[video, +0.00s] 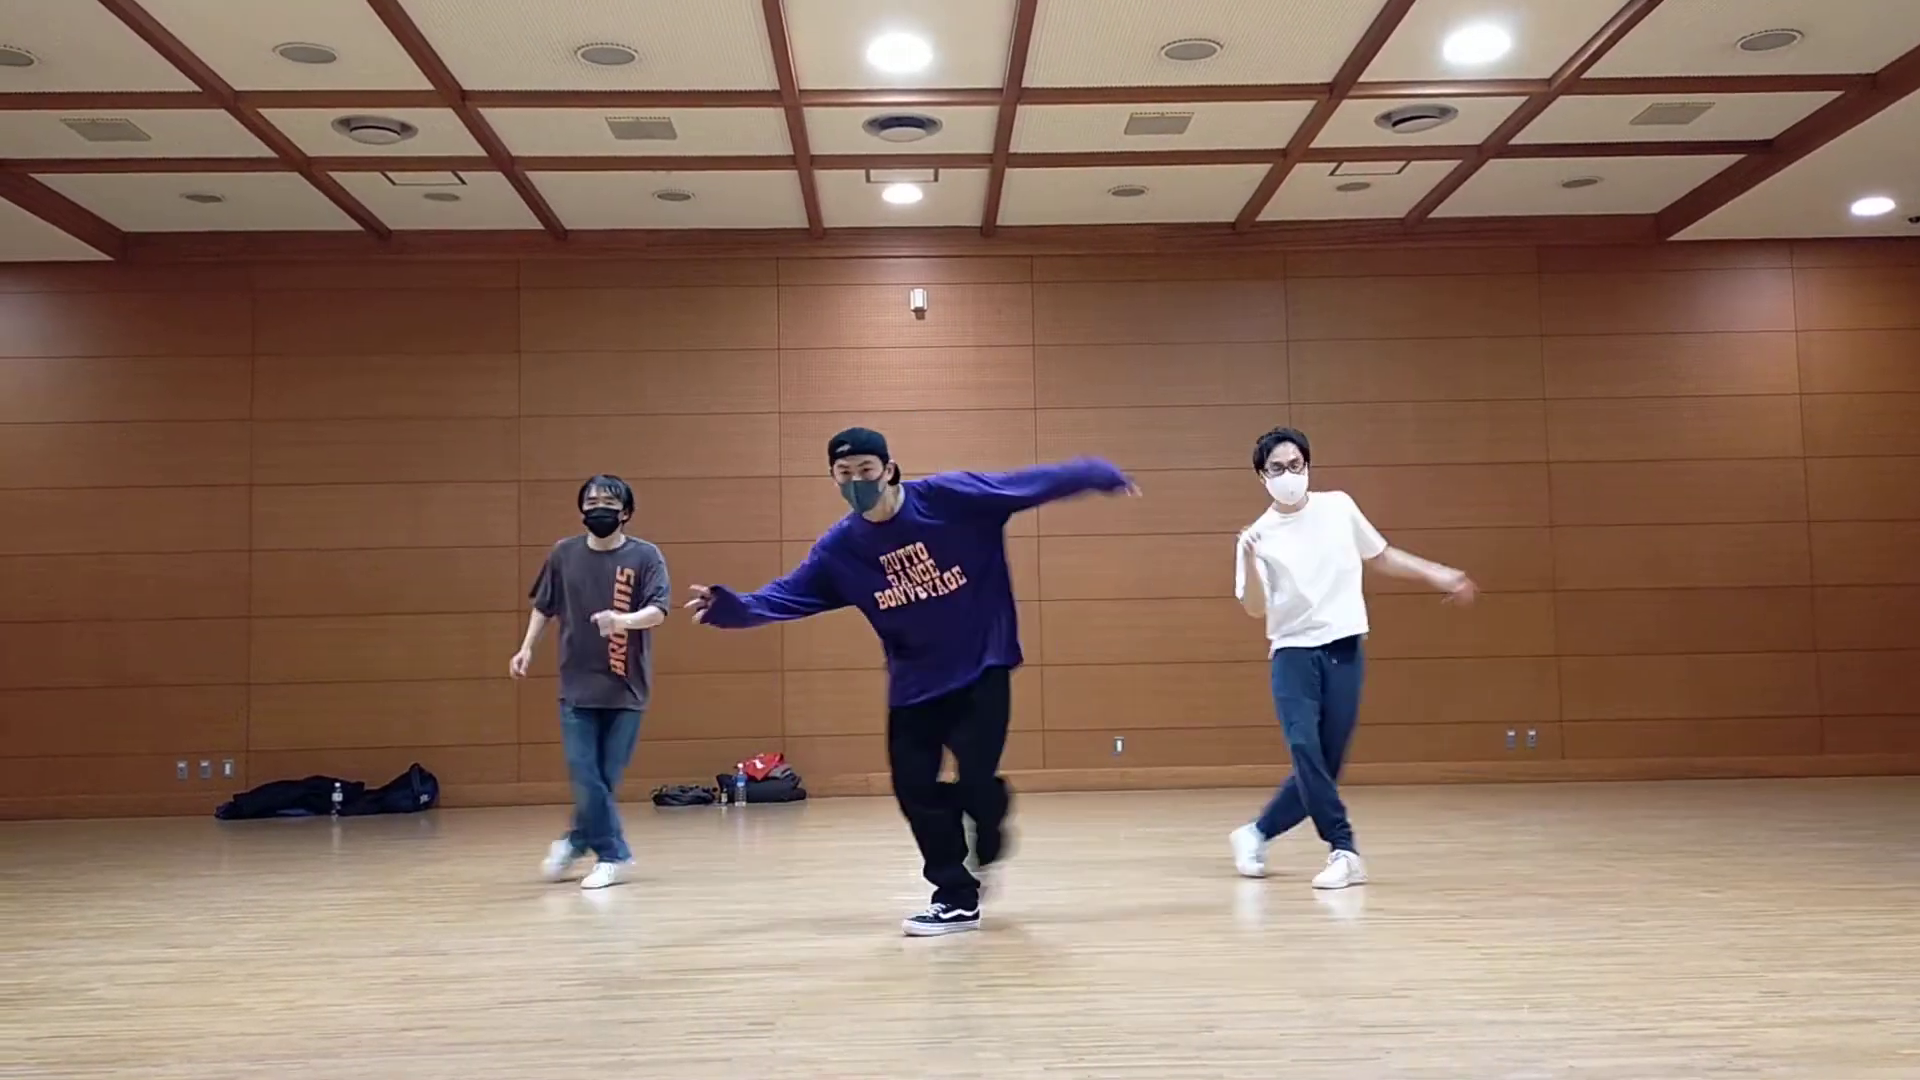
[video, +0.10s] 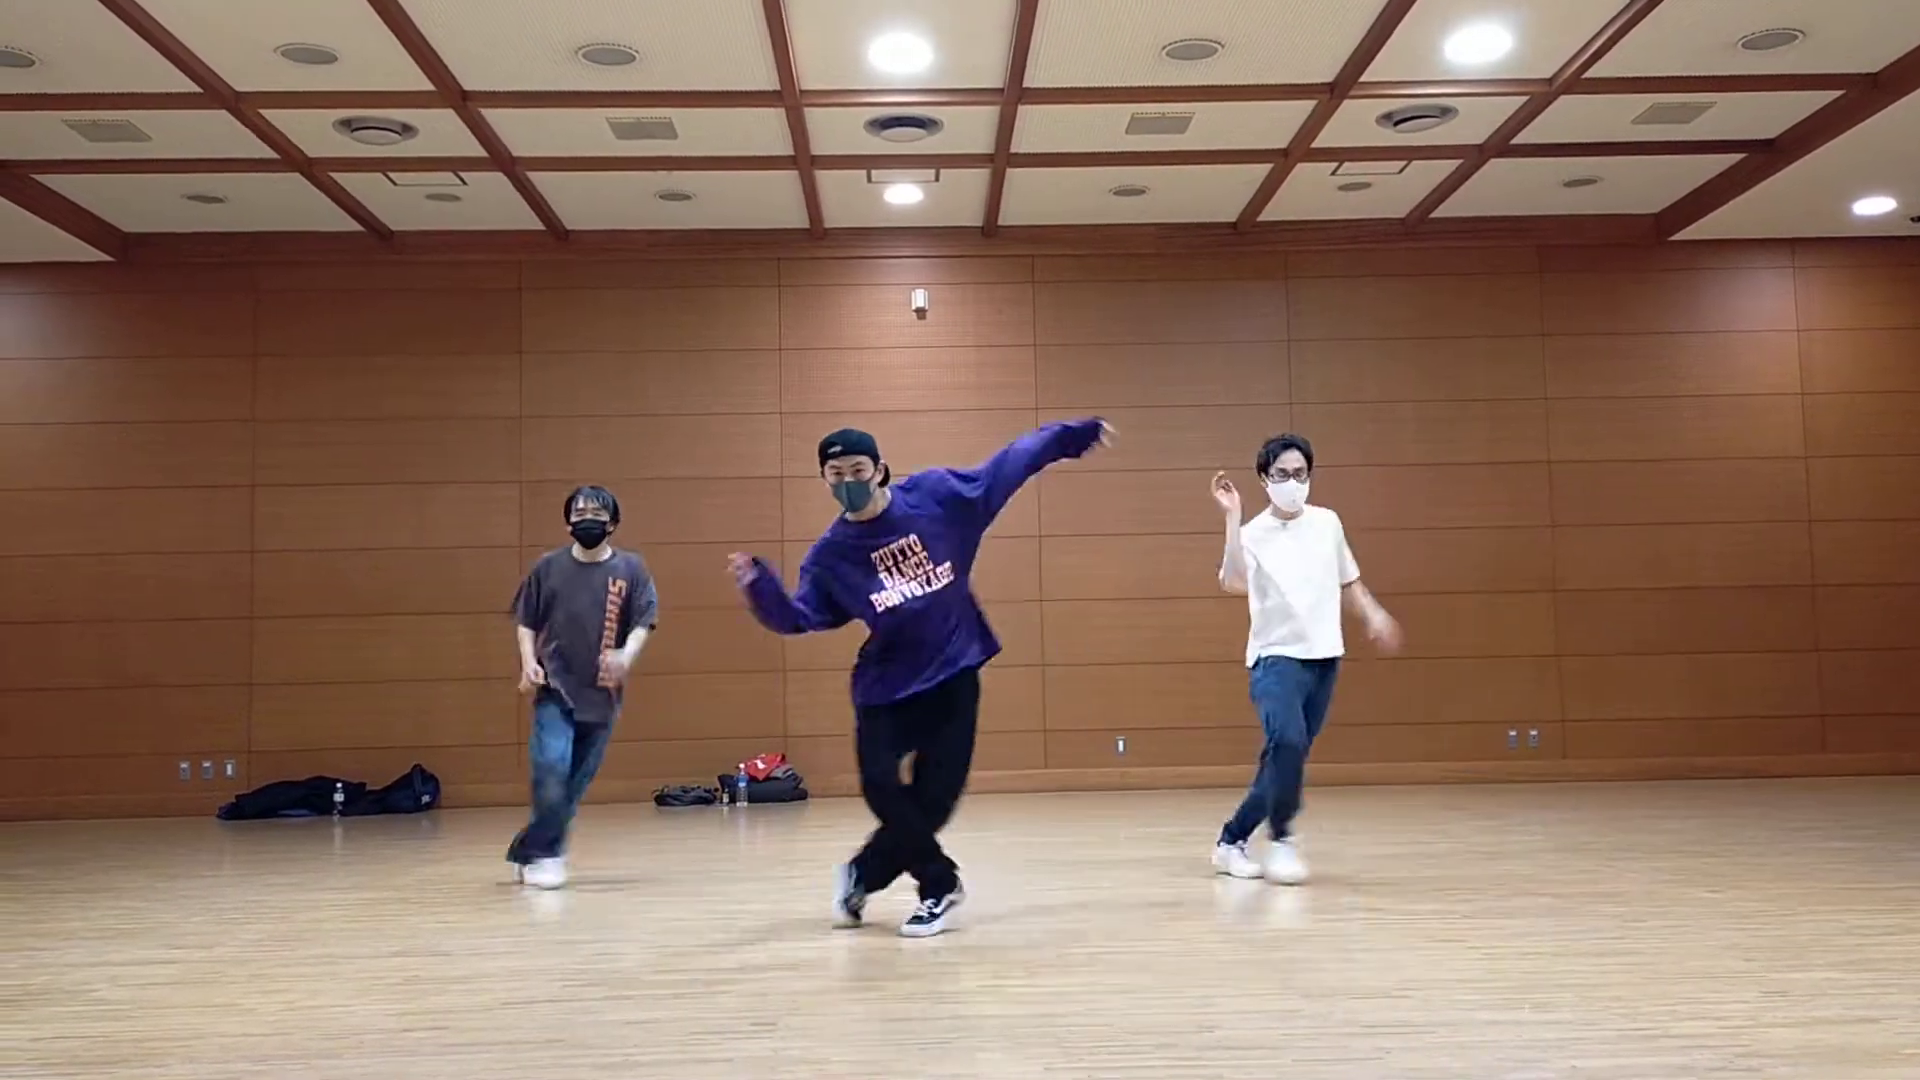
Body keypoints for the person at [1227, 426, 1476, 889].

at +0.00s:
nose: (1290, 473)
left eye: (1296, 464)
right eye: (1279, 468)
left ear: (1308, 467)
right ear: (1263, 478)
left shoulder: (1338, 505)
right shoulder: (1259, 535)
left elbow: (1381, 556)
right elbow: (1254, 604)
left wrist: (1441, 575)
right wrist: (1249, 560)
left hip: (1344, 644)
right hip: (1293, 649)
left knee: (1328, 760)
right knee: (1302, 747)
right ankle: (1343, 851)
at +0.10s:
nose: (1293, 483)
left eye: (1301, 474)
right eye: (1283, 475)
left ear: (1311, 477)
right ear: (1265, 479)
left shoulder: (1327, 523)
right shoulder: (1252, 535)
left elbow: (1352, 583)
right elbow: (1233, 582)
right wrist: (1233, 518)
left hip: (1323, 656)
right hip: (1274, 656)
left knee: (1287, 754)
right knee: (1290, 741)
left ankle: (1231, 842)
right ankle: (1281, 840)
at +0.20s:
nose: (1297, 474)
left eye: (1306, 467)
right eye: (1289, 464)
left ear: (1314, 473)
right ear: (1269, 464)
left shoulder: (1314, 521)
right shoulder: (1242, 517)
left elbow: (1317, 590)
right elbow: (1226, 566)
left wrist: (1331, 637)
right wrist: (1247, 504)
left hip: (1309, 651)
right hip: (1265, 649)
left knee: (1300, 758)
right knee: (1271, 750)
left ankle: (1234, 840)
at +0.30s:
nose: (1311, 473)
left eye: (1320, 467)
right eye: (1303, 462)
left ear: (1326, 476)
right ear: (1281, 464)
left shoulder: (1310, 526)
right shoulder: (1250, 511)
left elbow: (1290, 598)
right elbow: (1216, 561)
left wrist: (1308, 651)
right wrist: (1272, 525)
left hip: (1290, 656)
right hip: (1246, 652)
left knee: (1328, 743)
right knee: (1234, 752)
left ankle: (1270, 833)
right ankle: (1181, 847)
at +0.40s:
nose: (1330, 487)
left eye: (1339, 481)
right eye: (1323, 476)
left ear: (1343, 492)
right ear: (1300, 476)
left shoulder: (1313, 543)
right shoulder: (1270, 516)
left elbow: (1279, 612)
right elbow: (1216, 556)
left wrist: (1298, 666)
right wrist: (1244, 584)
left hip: (1272, 657)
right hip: (1232, 649)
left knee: (1324, 744)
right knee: (1212, 747)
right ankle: (1170, 851)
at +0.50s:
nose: (1346, 502)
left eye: (1356, 497)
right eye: (1338, 491)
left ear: (1362, 509)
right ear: (1318, 493)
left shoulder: (1323, 561)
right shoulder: (1287, 527)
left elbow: (1280, 624)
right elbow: (1221, 558)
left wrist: (1295, 681)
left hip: (1270, 664)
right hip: (1235, 652)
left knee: (1319, 752)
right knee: (1206, 752)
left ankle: (1366, 851)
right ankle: (1163, 852)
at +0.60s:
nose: (1359, 494)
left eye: (1370, 489)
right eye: (1352, 484)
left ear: (1379, 502)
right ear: (1335, 488)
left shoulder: (1351, 557)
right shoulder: (1299, 518)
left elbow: (1309, 614)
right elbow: (1225, 535)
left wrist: (1307, 671)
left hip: (1289, 664)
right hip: (1253, 649)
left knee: (1334, 748)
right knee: (1219, 747)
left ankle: (1360, 854)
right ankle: (1167, 848)